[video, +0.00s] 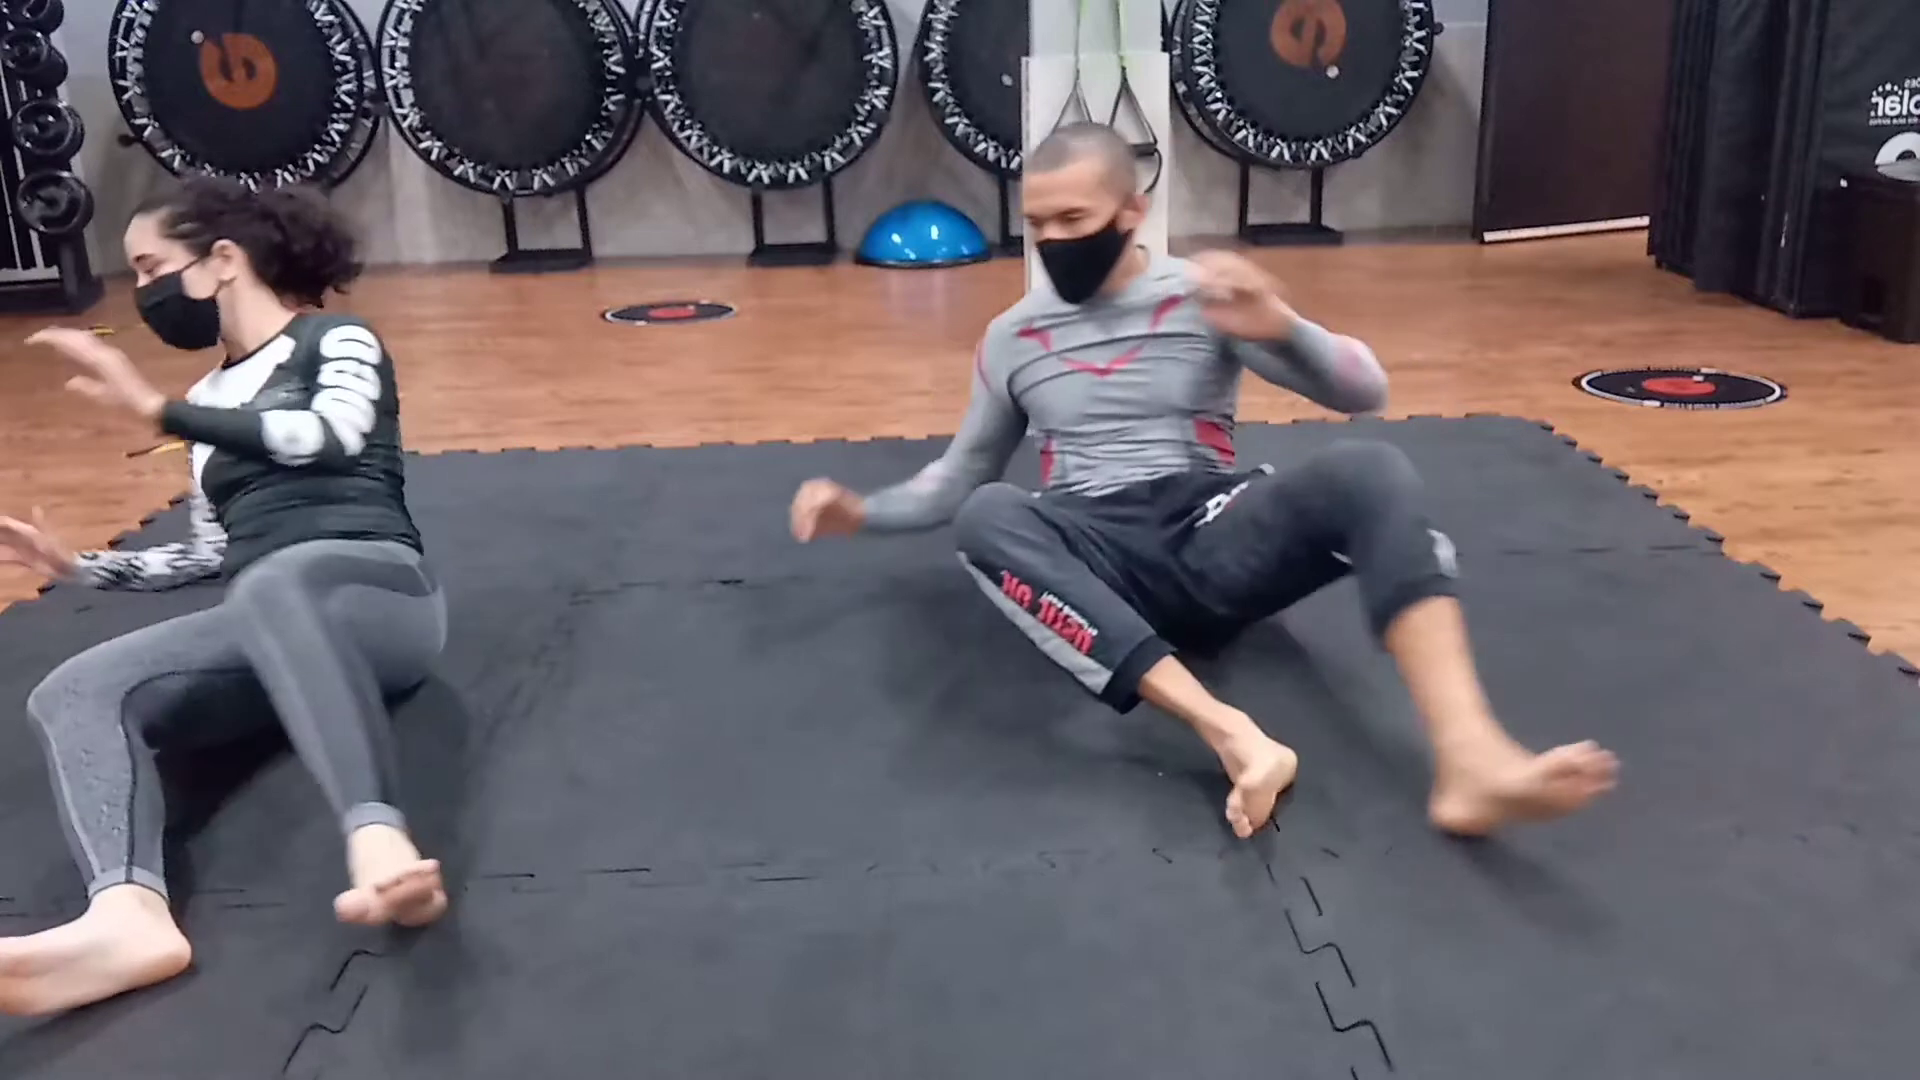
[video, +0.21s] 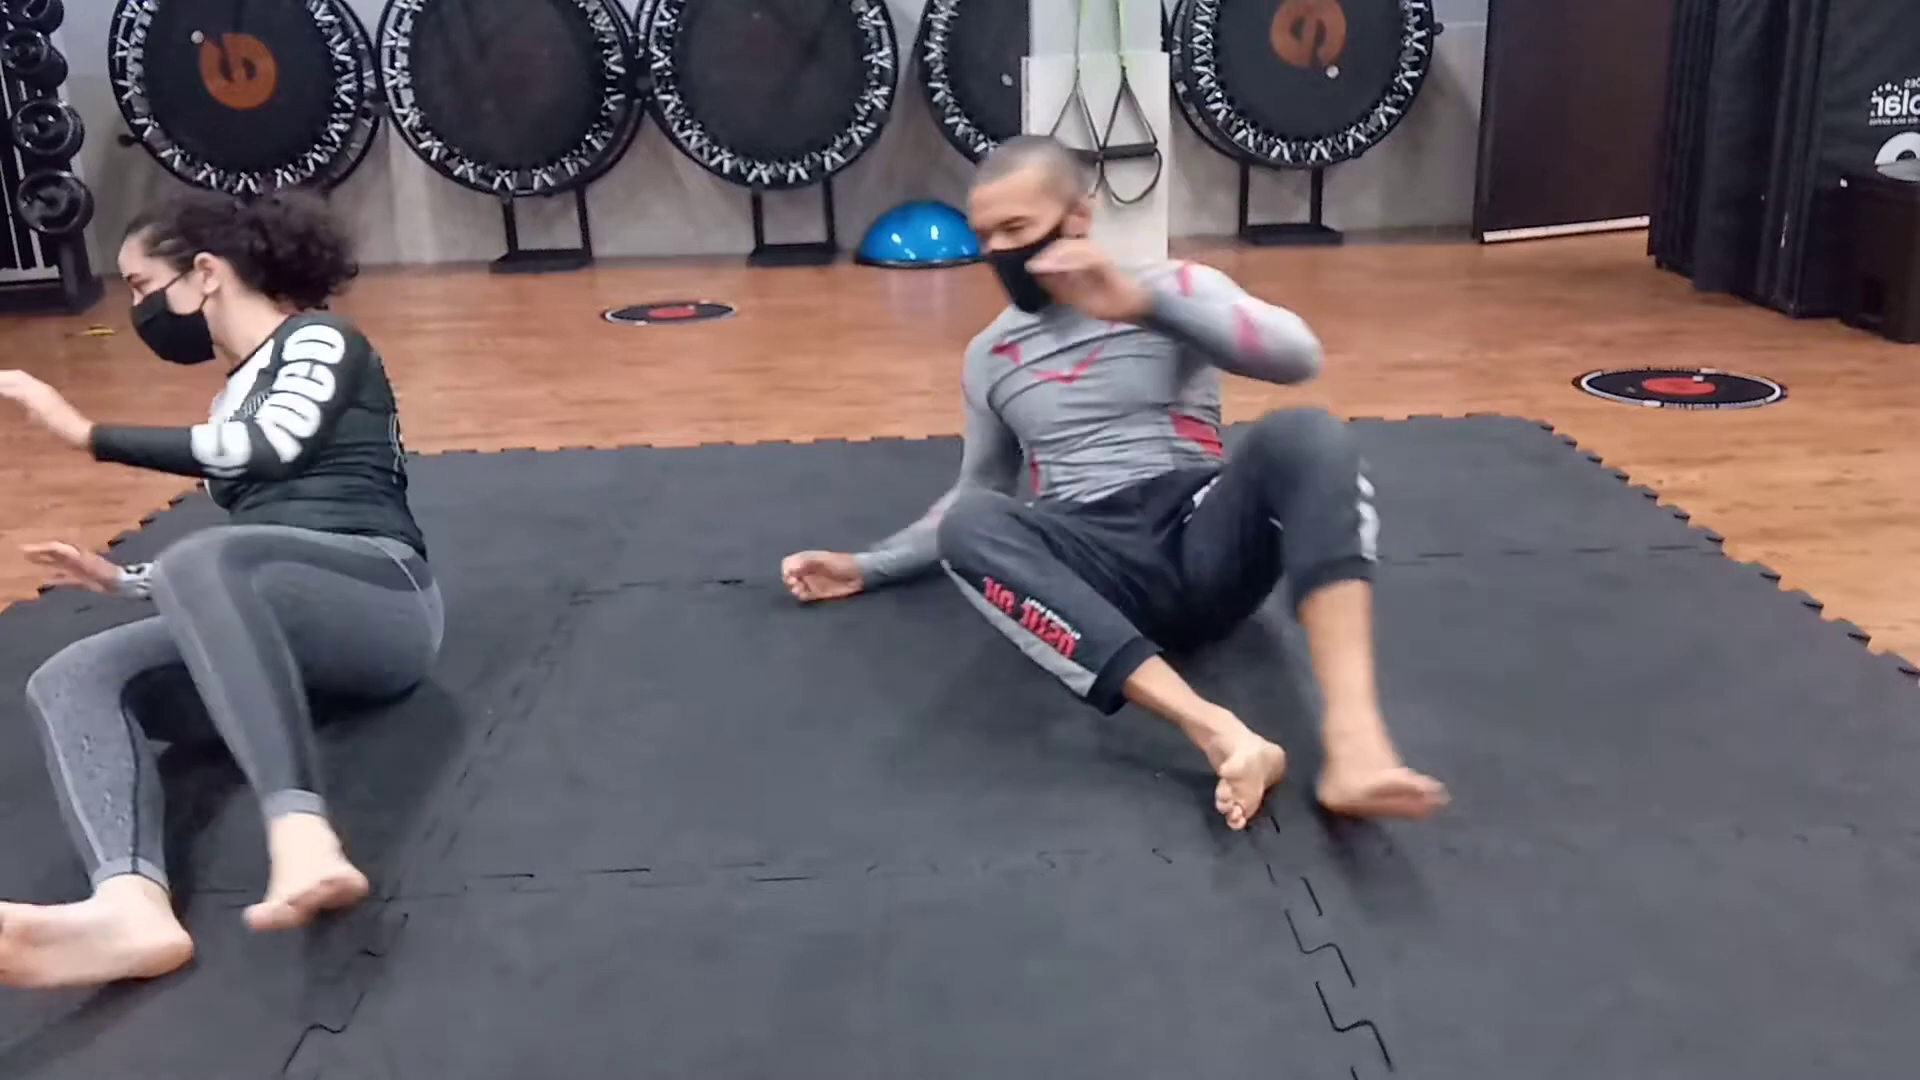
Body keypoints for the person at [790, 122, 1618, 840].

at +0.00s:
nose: (1056, 245)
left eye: (1078, 222)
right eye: (1039, 225)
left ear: (1137, 207)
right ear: (1021, 221)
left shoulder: (1206, 292)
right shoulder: (1013, 338)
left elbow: (1365, 394)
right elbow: (961, 476)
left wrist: (1283, 332)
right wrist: (865, 511)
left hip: (1212, 533)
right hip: (1096, 543)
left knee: (1372, 465)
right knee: (983, 517)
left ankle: (1471, 754)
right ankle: (1233, 738)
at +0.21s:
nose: (1000, 251)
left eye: (1018, 228)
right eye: (986, 236)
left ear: (1082, 217)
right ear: (976, 243)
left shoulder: (1171, 290)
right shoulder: (992, 358)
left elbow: (1301, 359)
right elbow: (977, 494)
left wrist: (1146, 304)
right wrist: (865, 567)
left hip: (1203, 537)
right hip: (1089, 557)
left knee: (1307, 432)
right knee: (969, 525)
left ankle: (1356, 743)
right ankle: (1220, 734)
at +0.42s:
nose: (944, 278)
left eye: (958, 251)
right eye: (931, 264)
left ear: (1020, 238)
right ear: (929, 274)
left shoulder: (1121, 281)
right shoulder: (972, 380)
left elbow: (1225, 332)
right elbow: (977, 521)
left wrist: (1041, 306)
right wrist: (862, 574)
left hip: (1187, 538)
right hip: (1074, 567)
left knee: (1261, 387)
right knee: (936, 531)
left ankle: (1284, 700)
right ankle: (1172, 736)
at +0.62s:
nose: (905, 293)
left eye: (914, 268)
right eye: (891, 282)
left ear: (978, 244)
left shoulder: (1083, 279)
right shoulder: (961, 387)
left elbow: (1147, 320)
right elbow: (971, 533)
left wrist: (964, 318)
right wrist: (860, 576)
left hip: (1169, 534)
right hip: (1060, 570)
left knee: (1209, 352)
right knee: (895, 544)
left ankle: (1213, 665)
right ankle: (1102, 741)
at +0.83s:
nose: (876, 302)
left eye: (882, 277)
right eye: (869, 291)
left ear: (947, 251)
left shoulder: (1054, 274)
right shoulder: (956, 385)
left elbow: (1074, 320)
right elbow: (972, 524)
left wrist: (900, 334)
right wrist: (847, 574)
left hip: (1154, 532)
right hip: (1044, 570)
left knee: (1129, 349)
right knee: (857, 579)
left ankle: (1183, 657)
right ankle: (1033, 768)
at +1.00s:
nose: (861, 314)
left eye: (864, 289)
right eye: (853, 303)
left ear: (924, 260)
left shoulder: (1038, 275)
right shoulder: (955, 391)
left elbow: (1016, 327)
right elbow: (971, 527)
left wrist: (861, 360)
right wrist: (845, 558)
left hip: (1151, 537)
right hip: (1036, 578)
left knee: (1076, 361)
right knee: (832, 632)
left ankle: (1175, 671)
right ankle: (1023, 773)